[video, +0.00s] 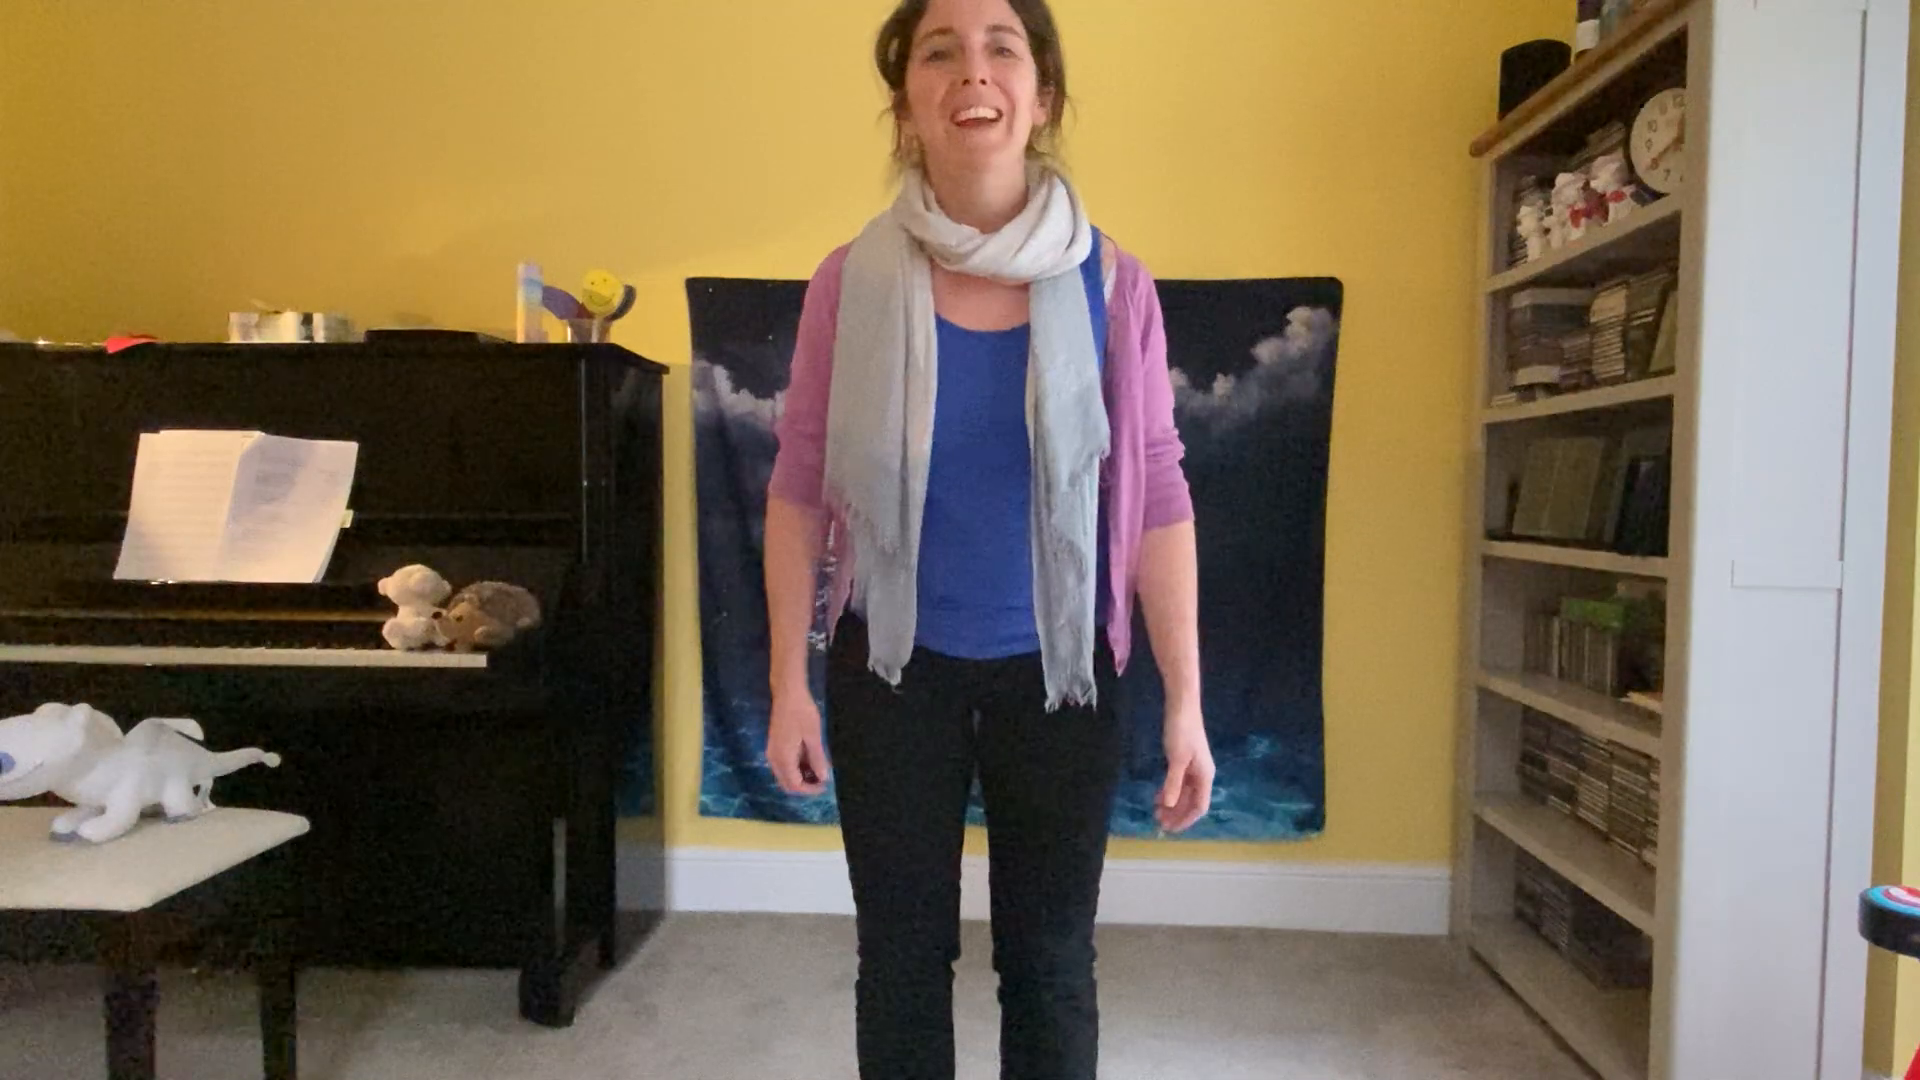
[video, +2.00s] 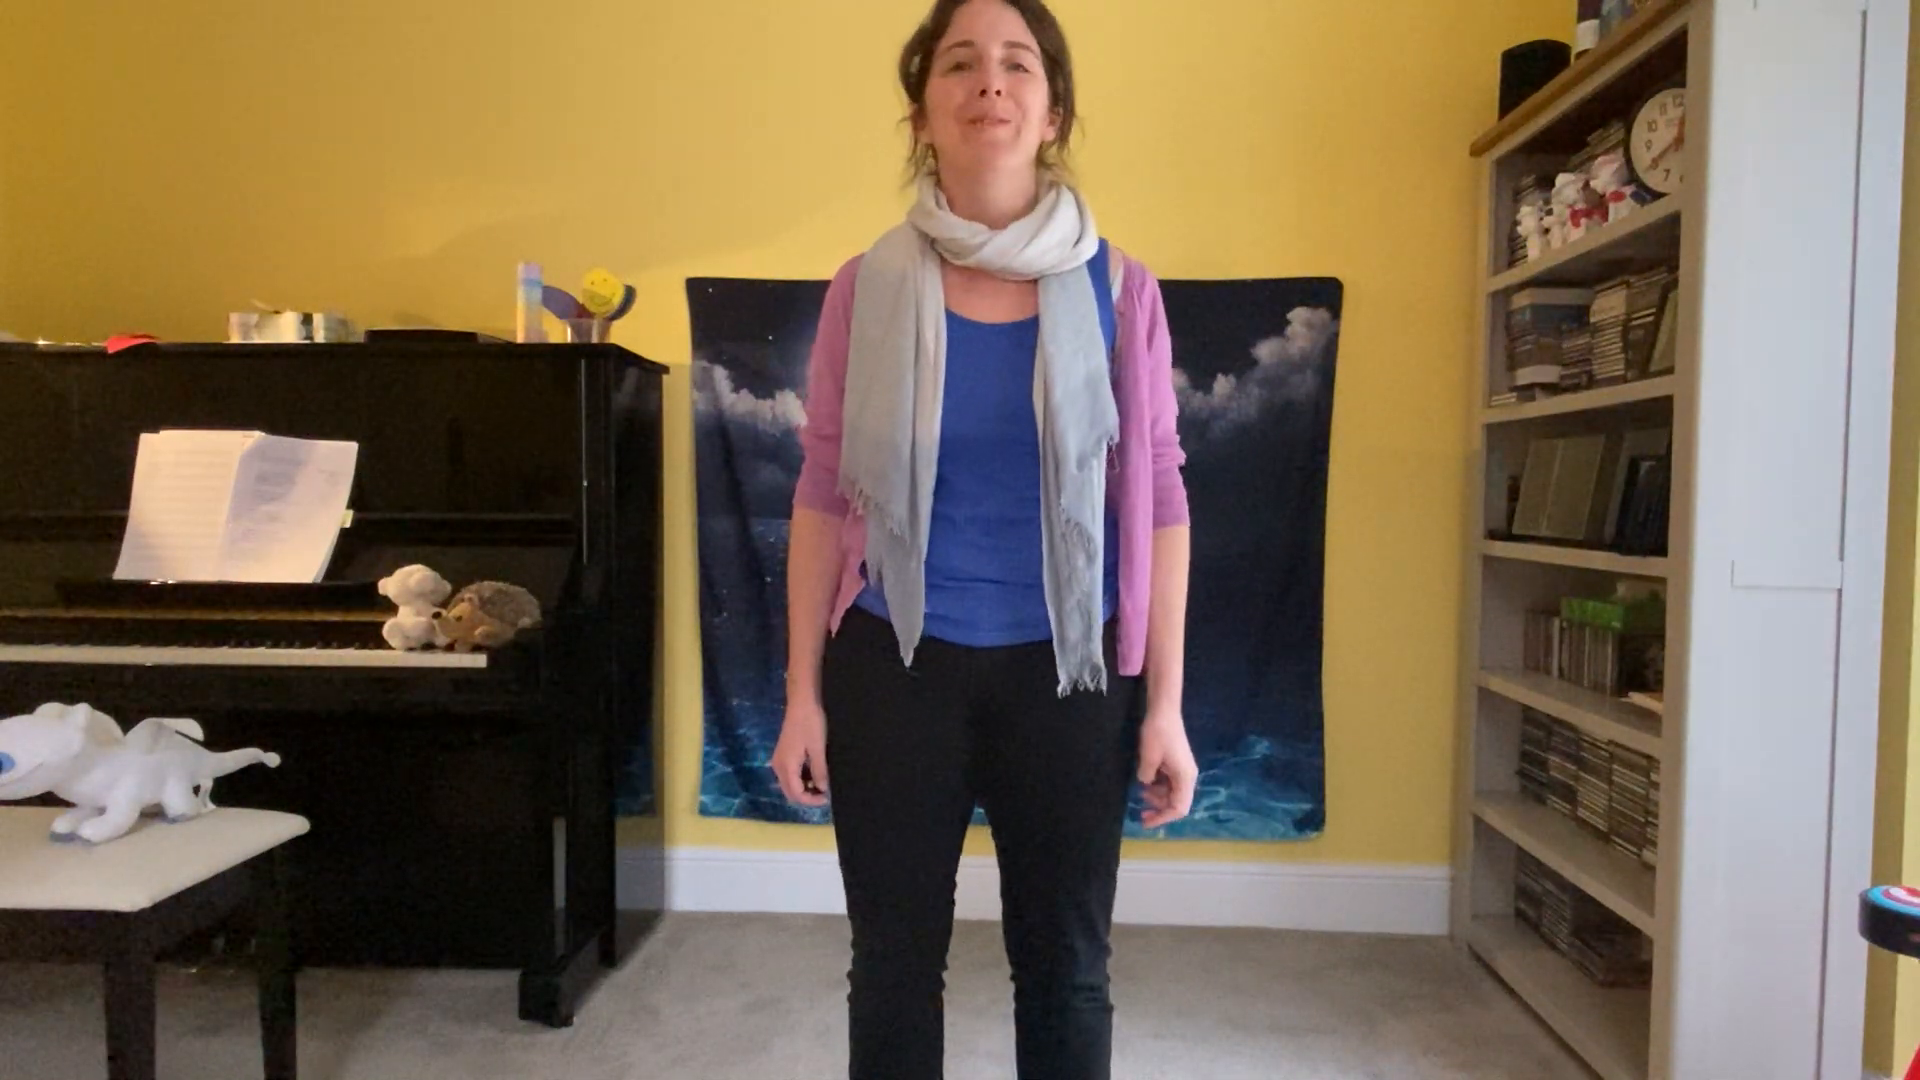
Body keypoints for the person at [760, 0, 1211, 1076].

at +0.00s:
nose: (975, 72)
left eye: (1002, 48)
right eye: (942, 52)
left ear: (1042, 91)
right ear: (903, 99)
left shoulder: (1114, 287)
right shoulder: (847, 284)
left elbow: (1158, 497)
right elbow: (799, 485)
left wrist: (1184, 699)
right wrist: (789, 682)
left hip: (1061, 680)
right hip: (889, 676)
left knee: (1052, 978)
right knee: (901, 974)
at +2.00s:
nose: (989, 79)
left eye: (1016, 63)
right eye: (961, 63)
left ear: (1053, 108)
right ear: (922, 109)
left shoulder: (1121, 293)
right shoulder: (863, 291)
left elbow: (1160, 500)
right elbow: (821, 498)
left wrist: (1164, 700)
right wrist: (801, 689)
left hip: (1070, 681)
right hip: (892, 674)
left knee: (1067, 981)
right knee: (893, 976)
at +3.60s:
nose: (1012, 98)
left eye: (1037, 86)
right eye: (987, 84)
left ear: (1070, 134)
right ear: (948, 132)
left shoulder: (1128, 308)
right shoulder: (883, 299)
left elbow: (1166, 509)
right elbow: (832, 490)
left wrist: (1161, 697)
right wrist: (803, 679)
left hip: (1071, 682)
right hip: (896, 675)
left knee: (1066, 983)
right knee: (895, 980)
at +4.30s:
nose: (1009, 86)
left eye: (1037, 79)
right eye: (986, 72)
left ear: (1065, 137)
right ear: (942, 119)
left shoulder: (1116, 305)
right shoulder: (869, 295)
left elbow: (1153, 506)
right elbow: (818, 494)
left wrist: (1152, 699)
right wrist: (793, 686)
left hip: (1061, 682)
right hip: (885, 677)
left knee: (1058, 990)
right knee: (891, 986)